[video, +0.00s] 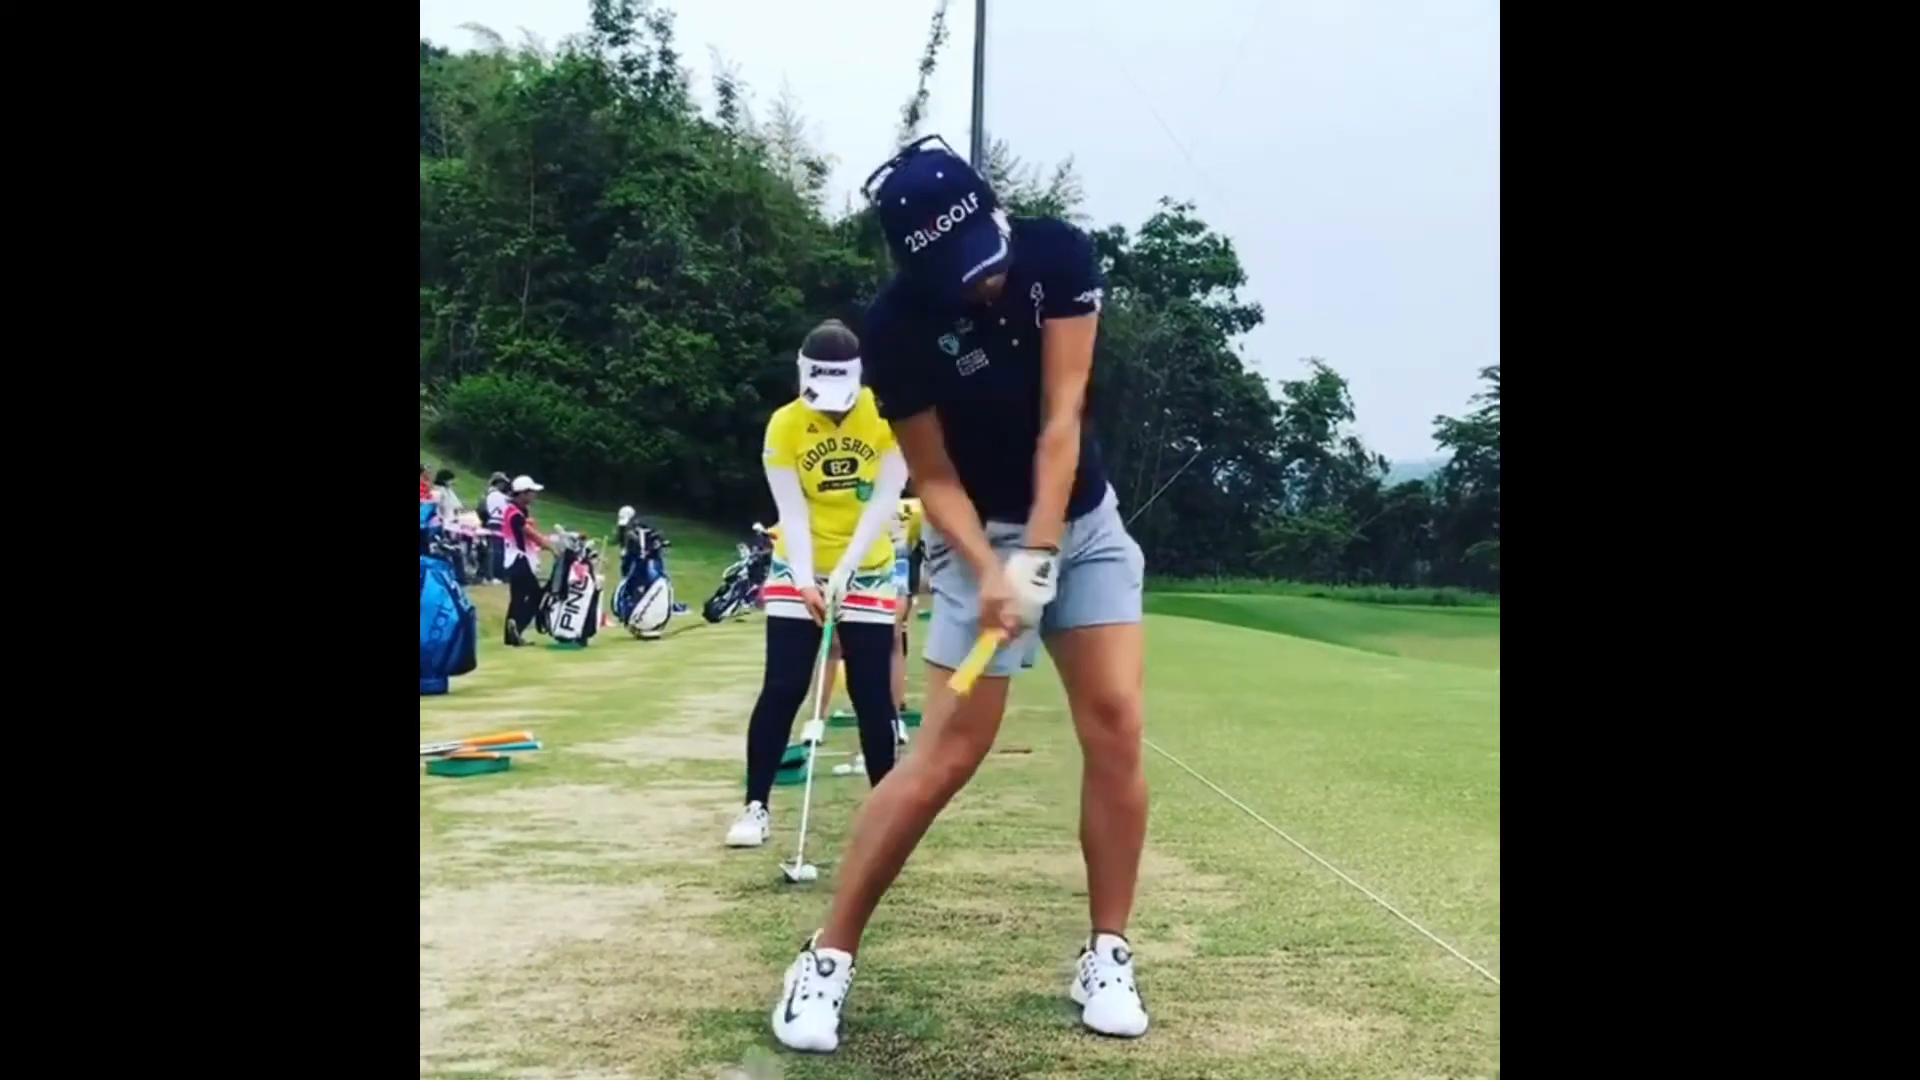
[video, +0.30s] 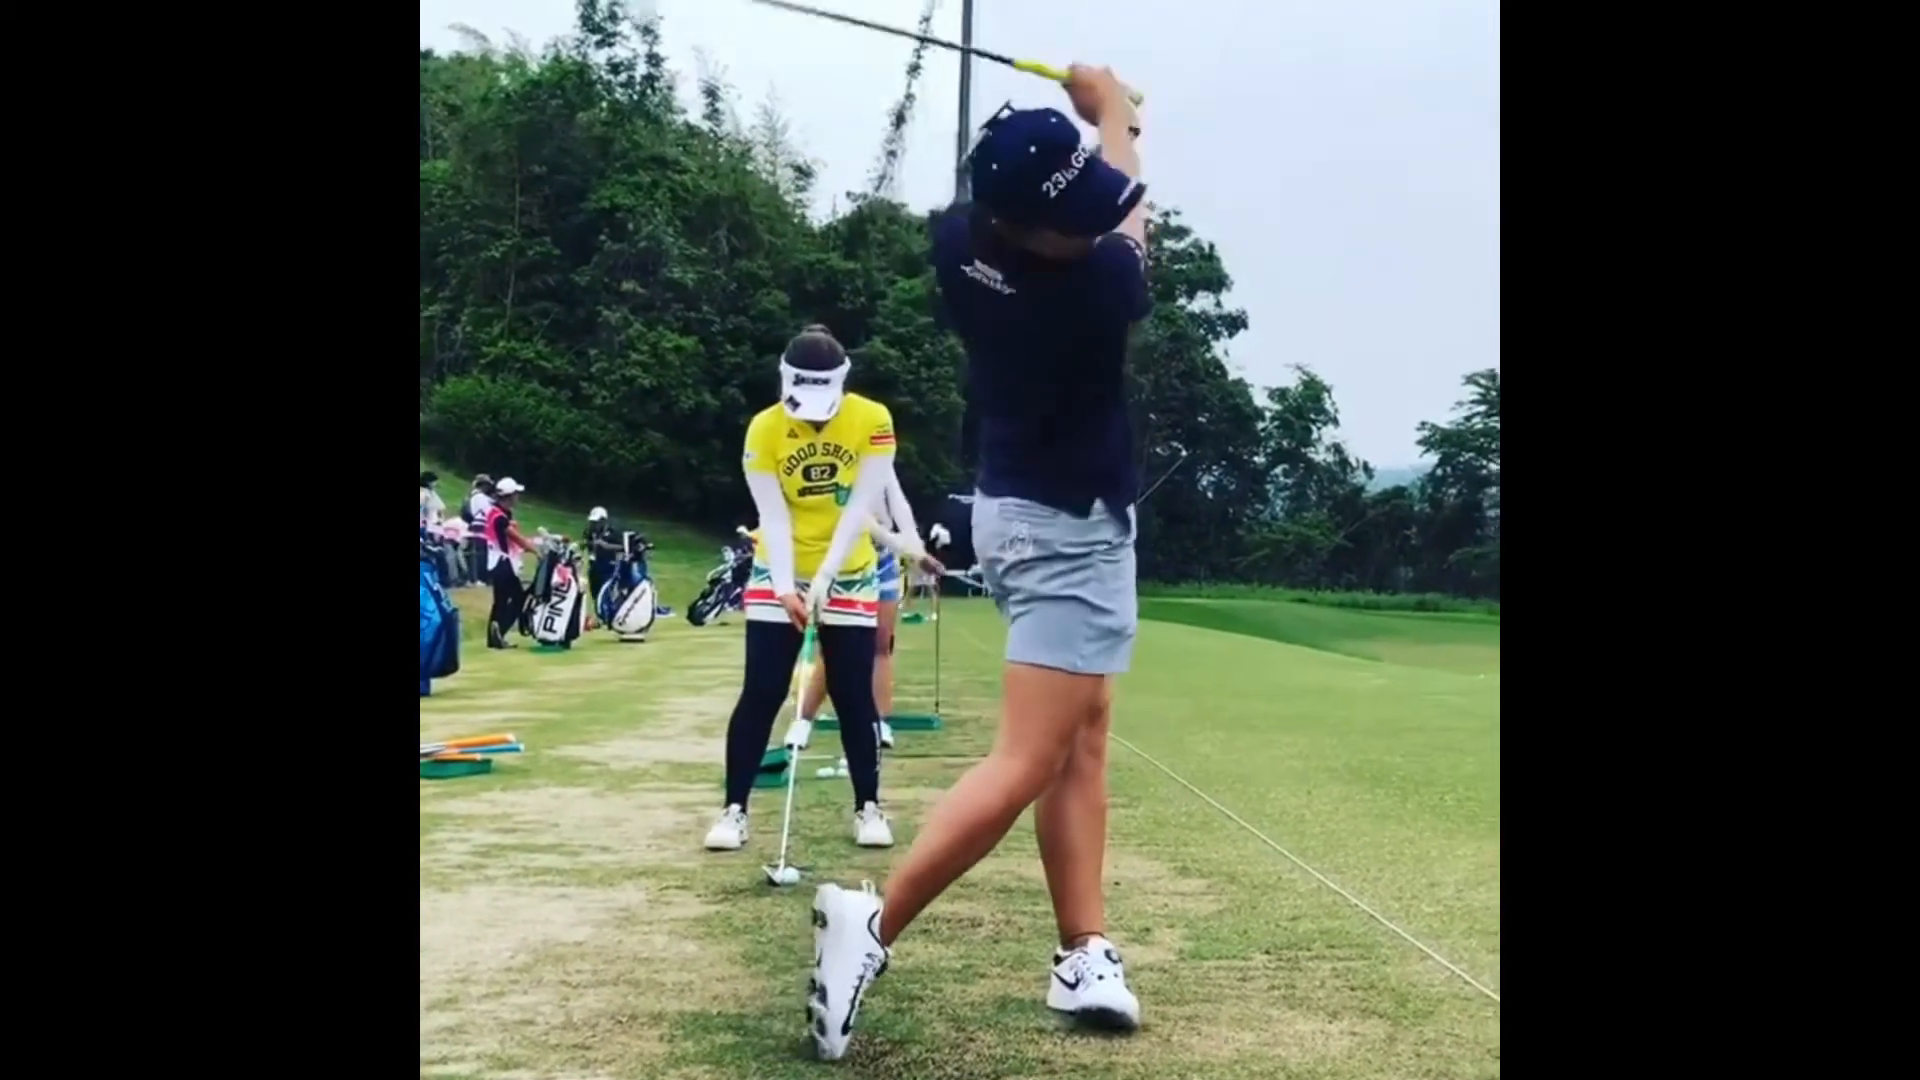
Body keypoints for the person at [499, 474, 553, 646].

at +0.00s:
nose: (534, 496)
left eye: (533, 492)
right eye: (530, 492)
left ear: (522, 495)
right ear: (520, 494)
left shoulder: (519, 512)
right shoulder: (515, 515)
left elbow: (532, 533)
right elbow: (532, 535)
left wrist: (549, 541)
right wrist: (551, 546)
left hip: (518, 557)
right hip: (517, 558)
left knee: (517, 595)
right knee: (536, 592)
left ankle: (511, 634)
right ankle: (517, 625)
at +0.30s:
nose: (518, 498)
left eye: (517, 494)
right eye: (515, 495)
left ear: (502, 496)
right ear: (507, 496)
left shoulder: (494, 513)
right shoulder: (500, 518)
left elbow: (514, 536)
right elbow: (517, 539)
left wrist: (533, 543)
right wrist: (535, 550)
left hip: (497, 558)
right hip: (502, 560)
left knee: (500, 598)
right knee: (519, 595)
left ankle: (494, 635)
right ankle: (500, 628)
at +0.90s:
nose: (497, 504)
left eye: (497, 500)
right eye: (495, 501)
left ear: (481, 501)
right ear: (488, 502)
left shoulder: (475, 519)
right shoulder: (480, 523)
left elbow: (493, 541)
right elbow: (496, 544)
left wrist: (510, 551)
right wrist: (514, 554)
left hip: (475, 563)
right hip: (481, 566)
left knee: (480, 603)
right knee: (498, 601)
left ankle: (473, 642)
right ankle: (479, 634)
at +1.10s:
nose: (496, 506)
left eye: (495, 502)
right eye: (494, 502)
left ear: (480, 503)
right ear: (486, 504)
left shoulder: (474, 521)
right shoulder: (478, 525)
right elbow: (496, 546)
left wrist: (508, 557)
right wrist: (514, 559)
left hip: (475, 565)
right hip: (479, 568)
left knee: (479, 606)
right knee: (498, 602)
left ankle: (472, 645)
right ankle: (478, 636)